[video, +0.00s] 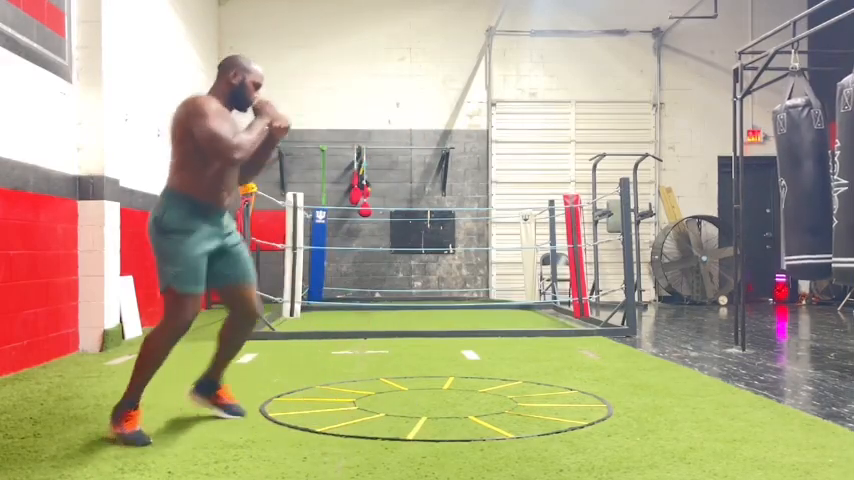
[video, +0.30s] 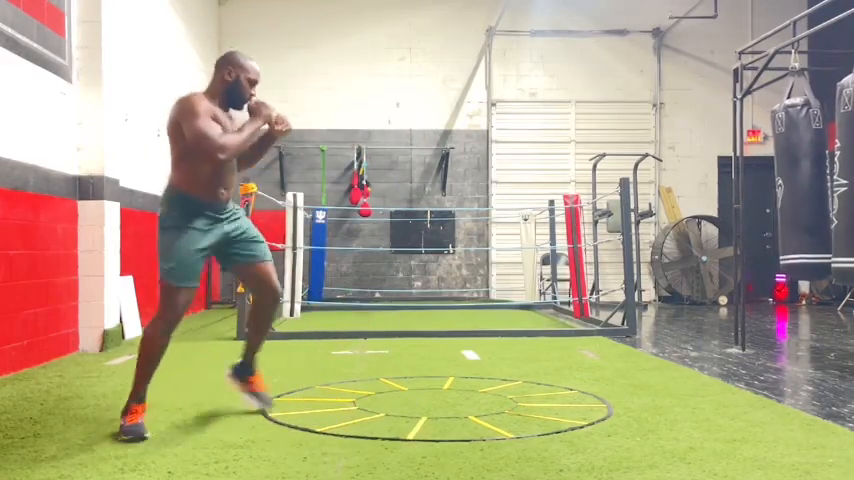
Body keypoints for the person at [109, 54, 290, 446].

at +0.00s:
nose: (258, 95)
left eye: (260, 89)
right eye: (255, 86)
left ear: (234, 79)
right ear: (232, 77)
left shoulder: (232, 122)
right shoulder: (199, 107)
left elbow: (242, 176)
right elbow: (236, 148)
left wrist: (272, 141)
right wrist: (266, 120)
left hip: (222, 224)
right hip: (182, 220)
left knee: (248, 311)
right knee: (181, 316)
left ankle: (209, 385)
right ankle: (126, 410)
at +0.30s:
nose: (254, 91)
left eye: (256, 85)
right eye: (250, 83)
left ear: (232, 75)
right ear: (227, 73)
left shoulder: (234, 117)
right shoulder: (192, 105)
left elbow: (242, 162)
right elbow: (222, 147)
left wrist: (270, 139)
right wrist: (258, 121)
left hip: (229, 215)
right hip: (186, 217)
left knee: (269, 291)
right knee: (172, 310)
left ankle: (246, 368)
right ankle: (135, 405)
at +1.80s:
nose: (251, 127)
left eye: (254, 123)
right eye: (247, 120)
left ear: (253, 123)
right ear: (228, 113)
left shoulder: (249, 153)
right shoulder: (192, 139)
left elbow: (266, 196)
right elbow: (197, 178)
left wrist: (280, 168)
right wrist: (239, 153)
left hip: (236, 236)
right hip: (193, 236)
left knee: (268, 302)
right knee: (172, 311)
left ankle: (305, 381)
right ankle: (147, 384)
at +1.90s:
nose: (242, 114)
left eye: (245, 109)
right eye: (239, 107)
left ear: (240, 109)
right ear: (219, 98)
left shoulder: (236, 137)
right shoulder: (181, 123)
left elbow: (257, 178)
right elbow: (187, 163)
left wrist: (269, 147)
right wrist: (230, 137)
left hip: (224, 221)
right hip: (181, 222)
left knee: (256, 294)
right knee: (166, 305)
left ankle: (276, 370)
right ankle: (146, 381)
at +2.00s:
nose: (236, 111)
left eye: (238, 106)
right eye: (231, 104)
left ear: (232, 106)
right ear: (211, 98)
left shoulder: (231, 133)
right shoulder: (174, 118)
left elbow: (256, 172)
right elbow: (181, 158)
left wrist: (263, 135)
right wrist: (223, 130)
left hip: (215, 217)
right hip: (173, 218)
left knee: (242, 291)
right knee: (162, 299)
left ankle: (249, 361)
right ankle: (145, 378)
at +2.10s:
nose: (226, 124)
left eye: (228, 119)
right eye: (222, 117)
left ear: (224, 119)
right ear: (202, 111)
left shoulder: (225, 146)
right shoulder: (164, 134)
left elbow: (245, 188)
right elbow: (172, 175)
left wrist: (254, 152)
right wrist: (211, 142)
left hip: (209, 231)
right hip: (167, 232)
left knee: (228, 308)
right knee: (153, 310)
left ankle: (234, 364)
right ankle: (139, 380)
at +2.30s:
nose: (227, 124)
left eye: (231, 119)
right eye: (224, 117)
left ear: (230, 117)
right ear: (205, 109)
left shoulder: (228, 143)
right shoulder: (168, 133)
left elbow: (242, 184)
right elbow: (173, 176)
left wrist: (255, 157)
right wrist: (213, 148)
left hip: (219, 225)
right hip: (176, 227)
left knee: (247, 294)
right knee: (161, 302)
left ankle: (247, 358)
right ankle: (143, 379)